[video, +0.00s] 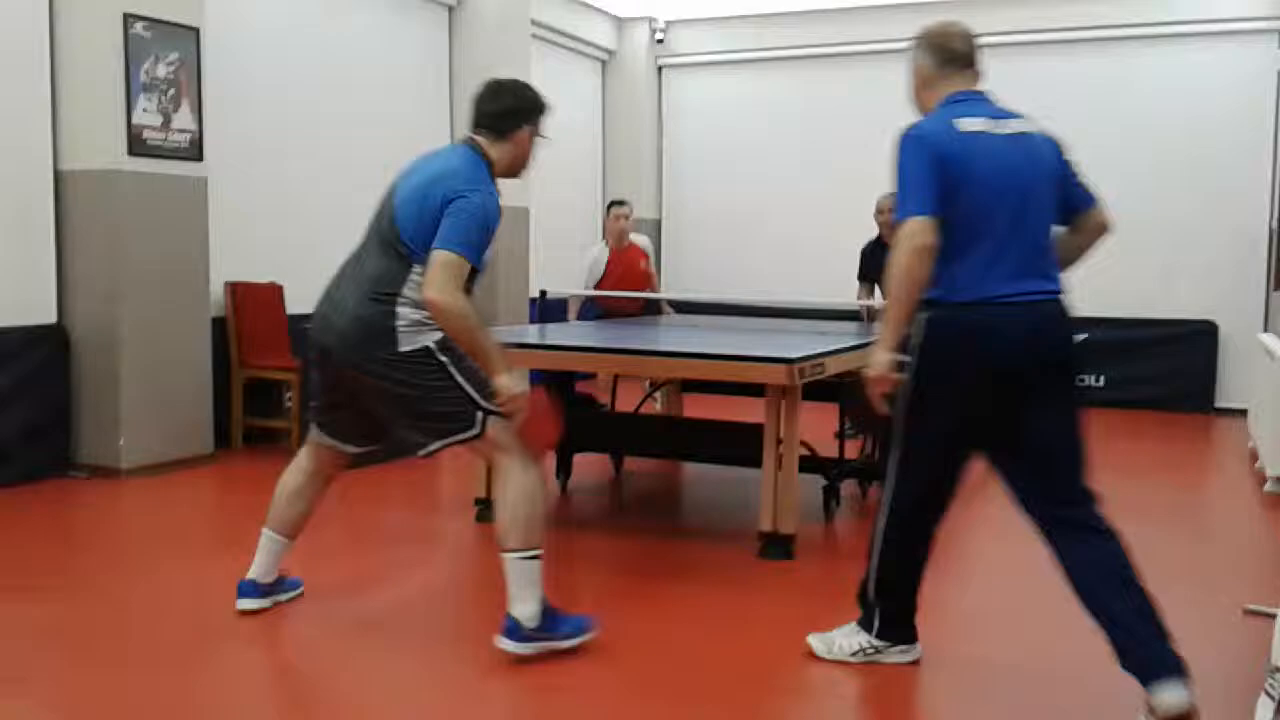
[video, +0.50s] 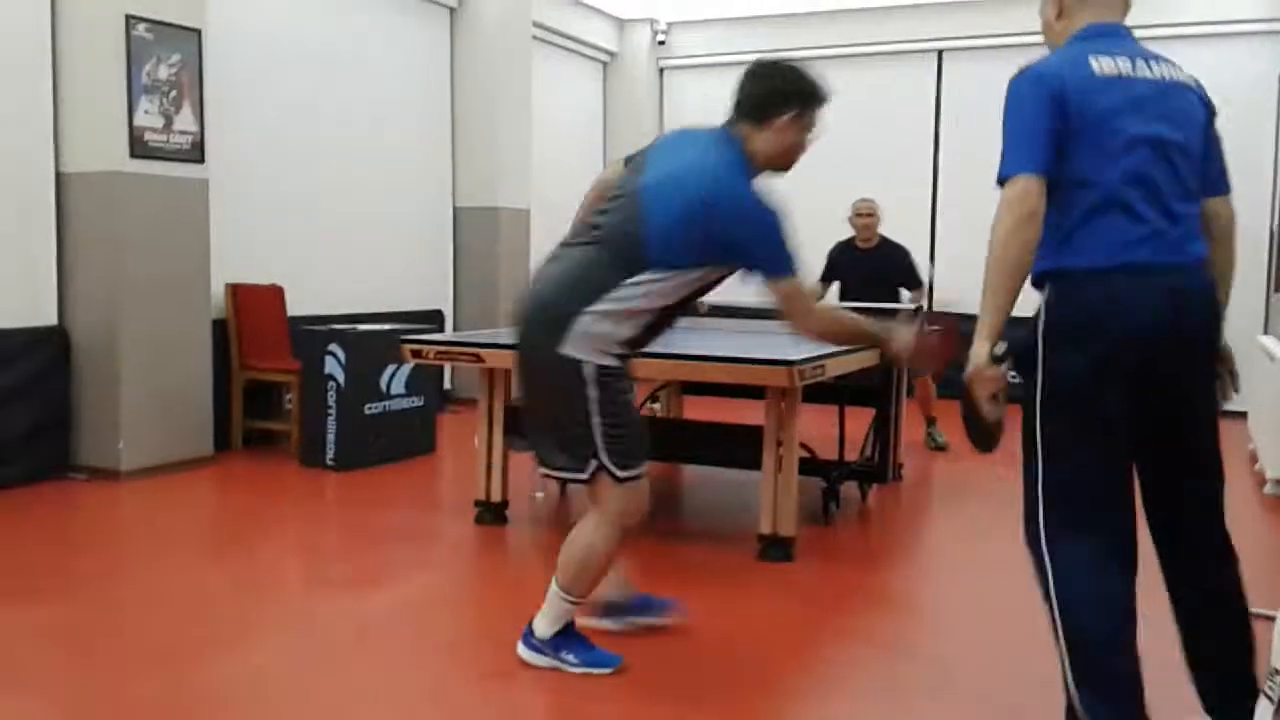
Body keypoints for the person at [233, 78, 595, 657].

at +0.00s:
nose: (534, 149)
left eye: (535, 137)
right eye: (535, 137)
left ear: (481, 126)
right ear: (518, 134)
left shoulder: (435, 165)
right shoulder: (475, 193)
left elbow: (396, 263)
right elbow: (442, 294)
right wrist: (497, 370)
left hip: (336, 332)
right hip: (396, 339)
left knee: (321, 454)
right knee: (515, 454)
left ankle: (258, 579)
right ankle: (528, 616)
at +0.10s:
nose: (572, 169)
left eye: (573, 157)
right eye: (571, 156)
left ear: (527, 148)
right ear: (552, 155)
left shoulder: (485, 186)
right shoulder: (496, 213)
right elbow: (437, 302)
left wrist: (549, 301)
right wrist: (484, 384)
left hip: (357, 349)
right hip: (404, 360)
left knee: (332, 464)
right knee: (539, 461)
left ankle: (257, 580)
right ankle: (541, 630)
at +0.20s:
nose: (630, 174)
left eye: (632, 162)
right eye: (628, 162)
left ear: (584, 155)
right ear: (604, 160)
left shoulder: (549, 189)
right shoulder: (544, 213)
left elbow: (586, 231)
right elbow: (497, 309)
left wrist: (614, 284)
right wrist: (565, 372)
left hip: (404, 340)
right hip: (450, 353)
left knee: (358, 446)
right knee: (557, 462)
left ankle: (273, 557)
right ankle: (545, 627)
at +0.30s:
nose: (698, 179)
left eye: (699, 166)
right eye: (692, 166)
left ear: (648, 157)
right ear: (660, 161)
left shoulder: (603, 193)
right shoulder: (604, 216)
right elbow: (622, 331)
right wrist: (732, 363)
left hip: (455, 335)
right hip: (486, 353)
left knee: (413, 445)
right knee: (586, 480)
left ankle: (331, 549)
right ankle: (546, 637)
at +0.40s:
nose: (756, 163)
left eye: (758, 149)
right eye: (754, 148)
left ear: (707, 133)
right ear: (724, 142)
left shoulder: (643, 166)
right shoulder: (668, 213)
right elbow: (742, 339)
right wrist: (844, 322)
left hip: (496, 320)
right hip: (528, 340)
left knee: (493, 445)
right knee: (606, 489)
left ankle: (444, 562)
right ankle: (545, 634)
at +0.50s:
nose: (806, 145)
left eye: (809, 132)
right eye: (805, 130)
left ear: (749, 115)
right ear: (777, 122)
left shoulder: (682, 144)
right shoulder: (747, 207)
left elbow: (602, 190)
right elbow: (808, 318)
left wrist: (569, 268)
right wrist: (885, 336)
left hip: (553, 321)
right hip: (580, 344)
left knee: (608, 477)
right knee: (621, 503)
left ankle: (607, 596)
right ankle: (545, 633)